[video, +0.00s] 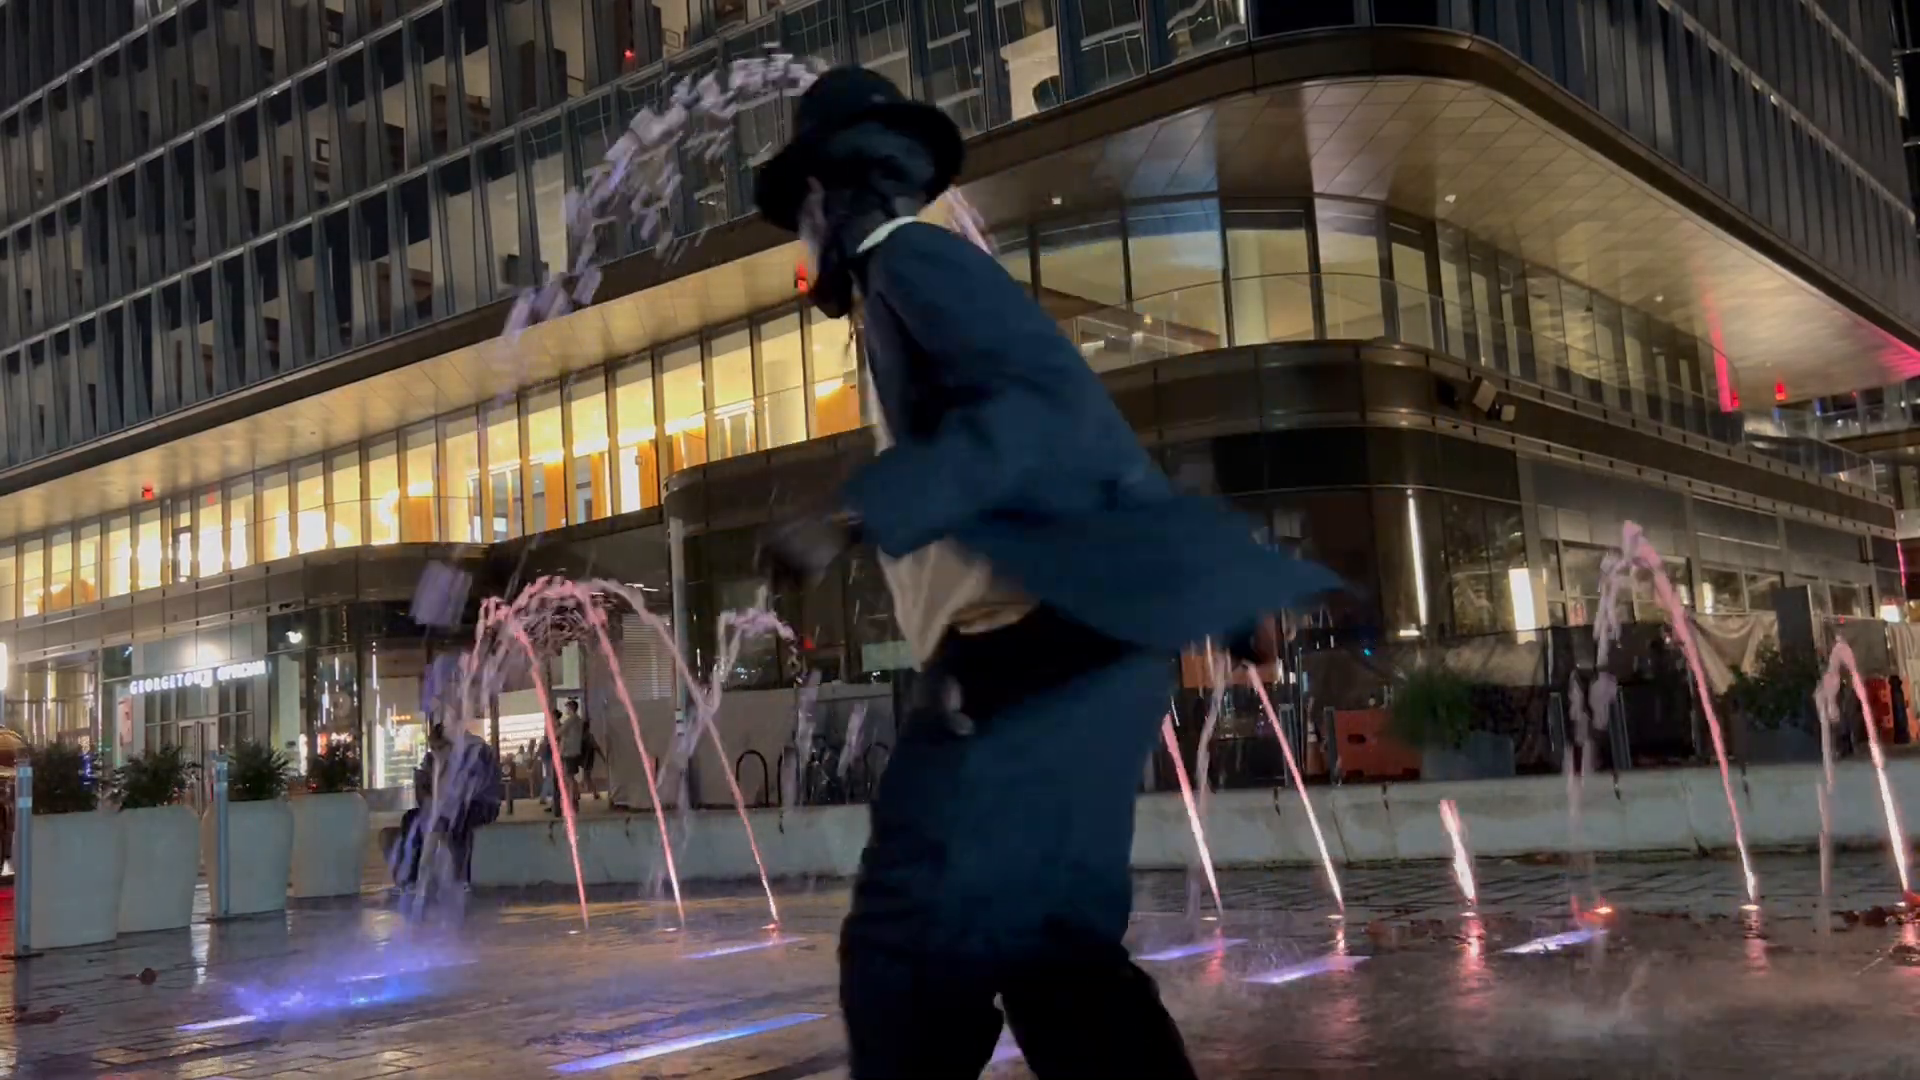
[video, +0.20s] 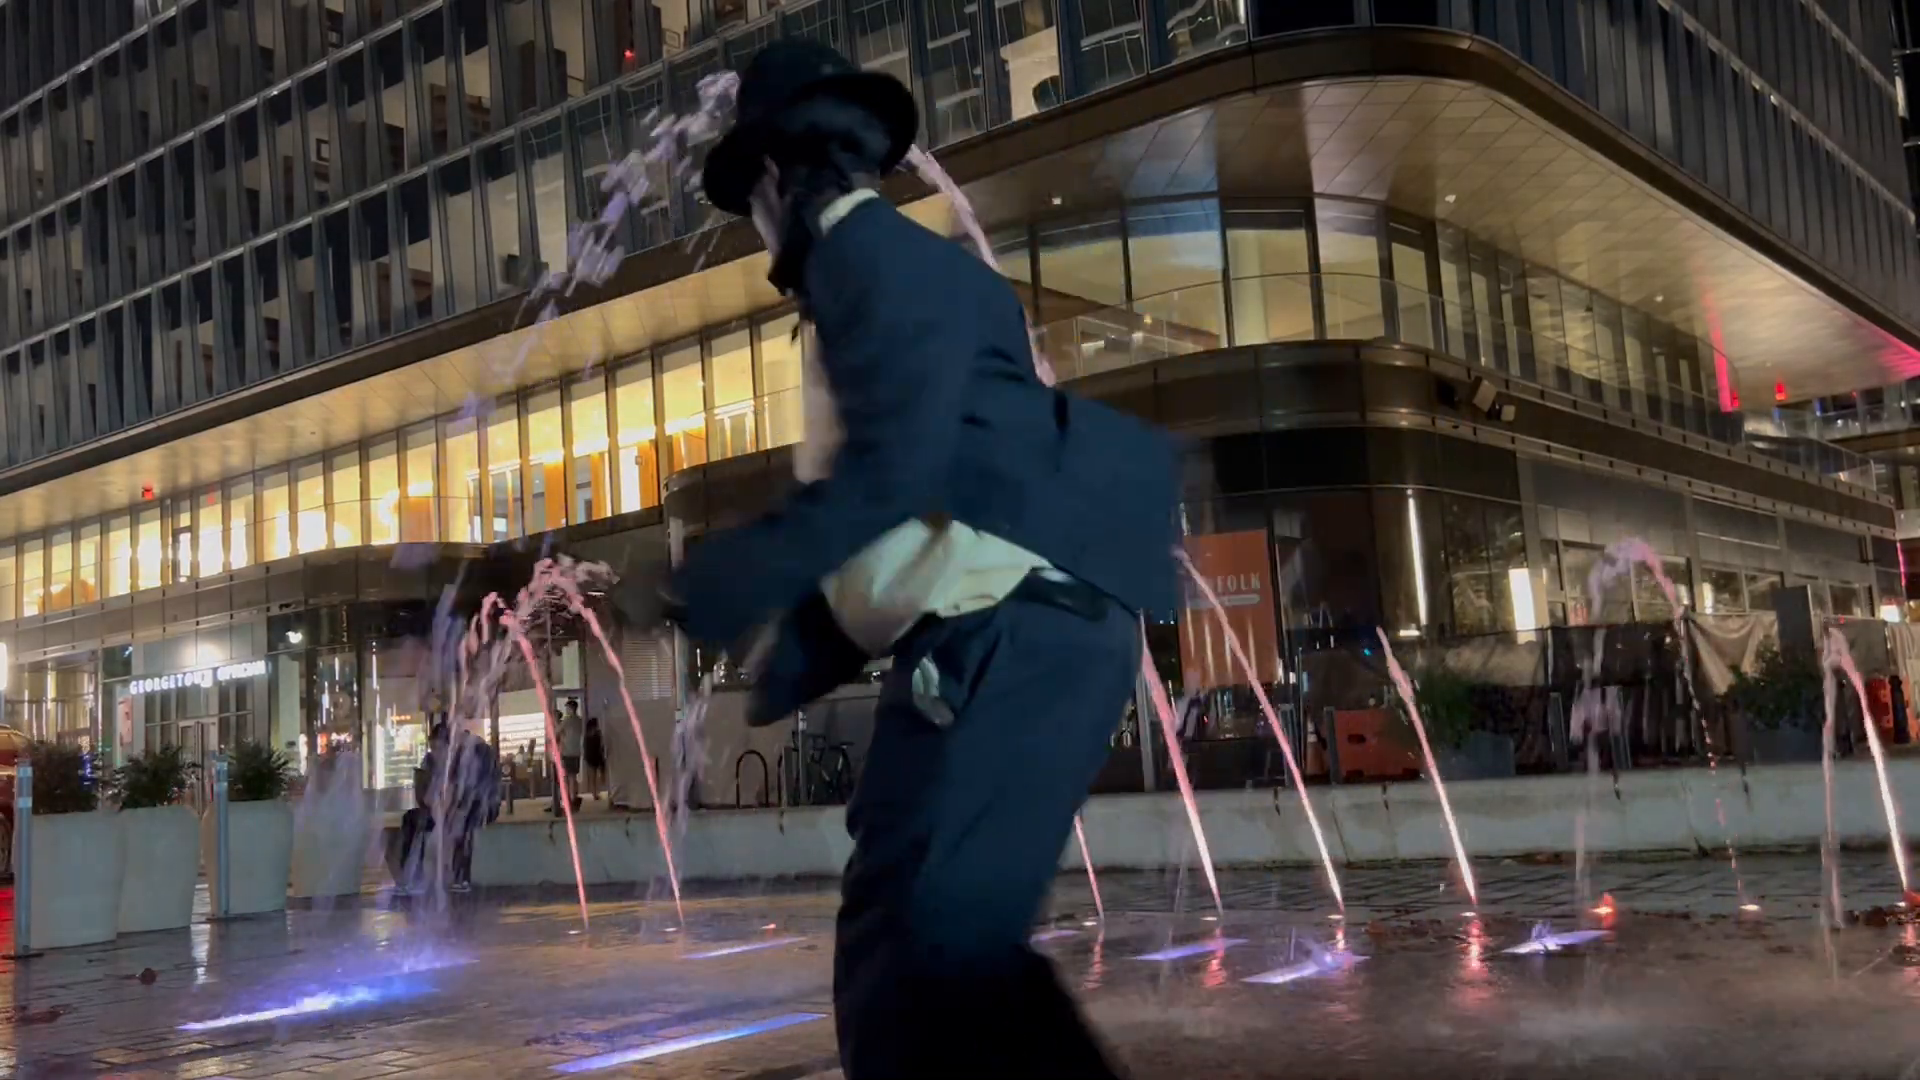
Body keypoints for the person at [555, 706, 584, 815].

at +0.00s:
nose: (566, 709)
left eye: (568, 707)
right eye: (567, 707)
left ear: (571, 708)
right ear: (576, 708)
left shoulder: (569, 720)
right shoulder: (579, 720)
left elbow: (560, 731)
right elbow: (579, 735)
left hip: (568, 753)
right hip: (576, 752)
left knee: (569, 778)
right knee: (572, 777)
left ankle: (572, 800)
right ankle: (575, 799)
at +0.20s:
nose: (567, 710)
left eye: (568, 708)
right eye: (567, 708)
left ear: (569, 709)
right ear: (576, 709)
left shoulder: (566, 721)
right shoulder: (580, 721)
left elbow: (557, 731)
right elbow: (580, 732)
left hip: (566, 752)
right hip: (576, 751)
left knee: (568, 777)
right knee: (573, 777)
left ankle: (568, 799)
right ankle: (575, 797)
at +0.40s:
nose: (566, 710)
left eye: (567, 708)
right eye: (567, 708)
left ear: (568, 708)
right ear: (575, 708)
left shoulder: (565, 720)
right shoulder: (579, 720)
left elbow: (558, 732)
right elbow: (580, 733)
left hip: (566, 752)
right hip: (576, 752)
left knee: (565, 779)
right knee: (574, 777)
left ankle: (566, 801)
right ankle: (574, 800)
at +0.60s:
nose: (565, 710)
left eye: (566, 708)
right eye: (566, 708)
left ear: (567, 708)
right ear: (575, 708)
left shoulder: (565, 720)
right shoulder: (580, 720)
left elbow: (558, 732)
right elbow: (583, 733)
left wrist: (553, 736)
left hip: (566, 752)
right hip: (577, 752)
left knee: (564, 776)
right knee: (574, 776)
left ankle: (567, 797)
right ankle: (574, 796)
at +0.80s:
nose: (565, 710)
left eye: (566, 708)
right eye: (565, 708)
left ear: (568, 708)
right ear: (574, 708)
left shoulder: (567, 719)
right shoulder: (578, 720)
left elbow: (560, 730)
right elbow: (577, 735)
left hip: (566, 753)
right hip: (576, 752)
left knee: (560, 779)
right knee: (573, 777)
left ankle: (555, 804)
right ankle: (575, 798)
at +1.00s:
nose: (564, 709)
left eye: (566, 707)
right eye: (565, 707)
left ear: (569, 708)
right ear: (573, 708)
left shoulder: (570, 719)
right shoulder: (577, 719)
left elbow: (560, 731)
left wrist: (554, 731)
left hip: (568, 753)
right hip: (575, 753)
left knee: (569, 778)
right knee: (572, 778)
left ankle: (571, 802)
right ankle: (573, 800)